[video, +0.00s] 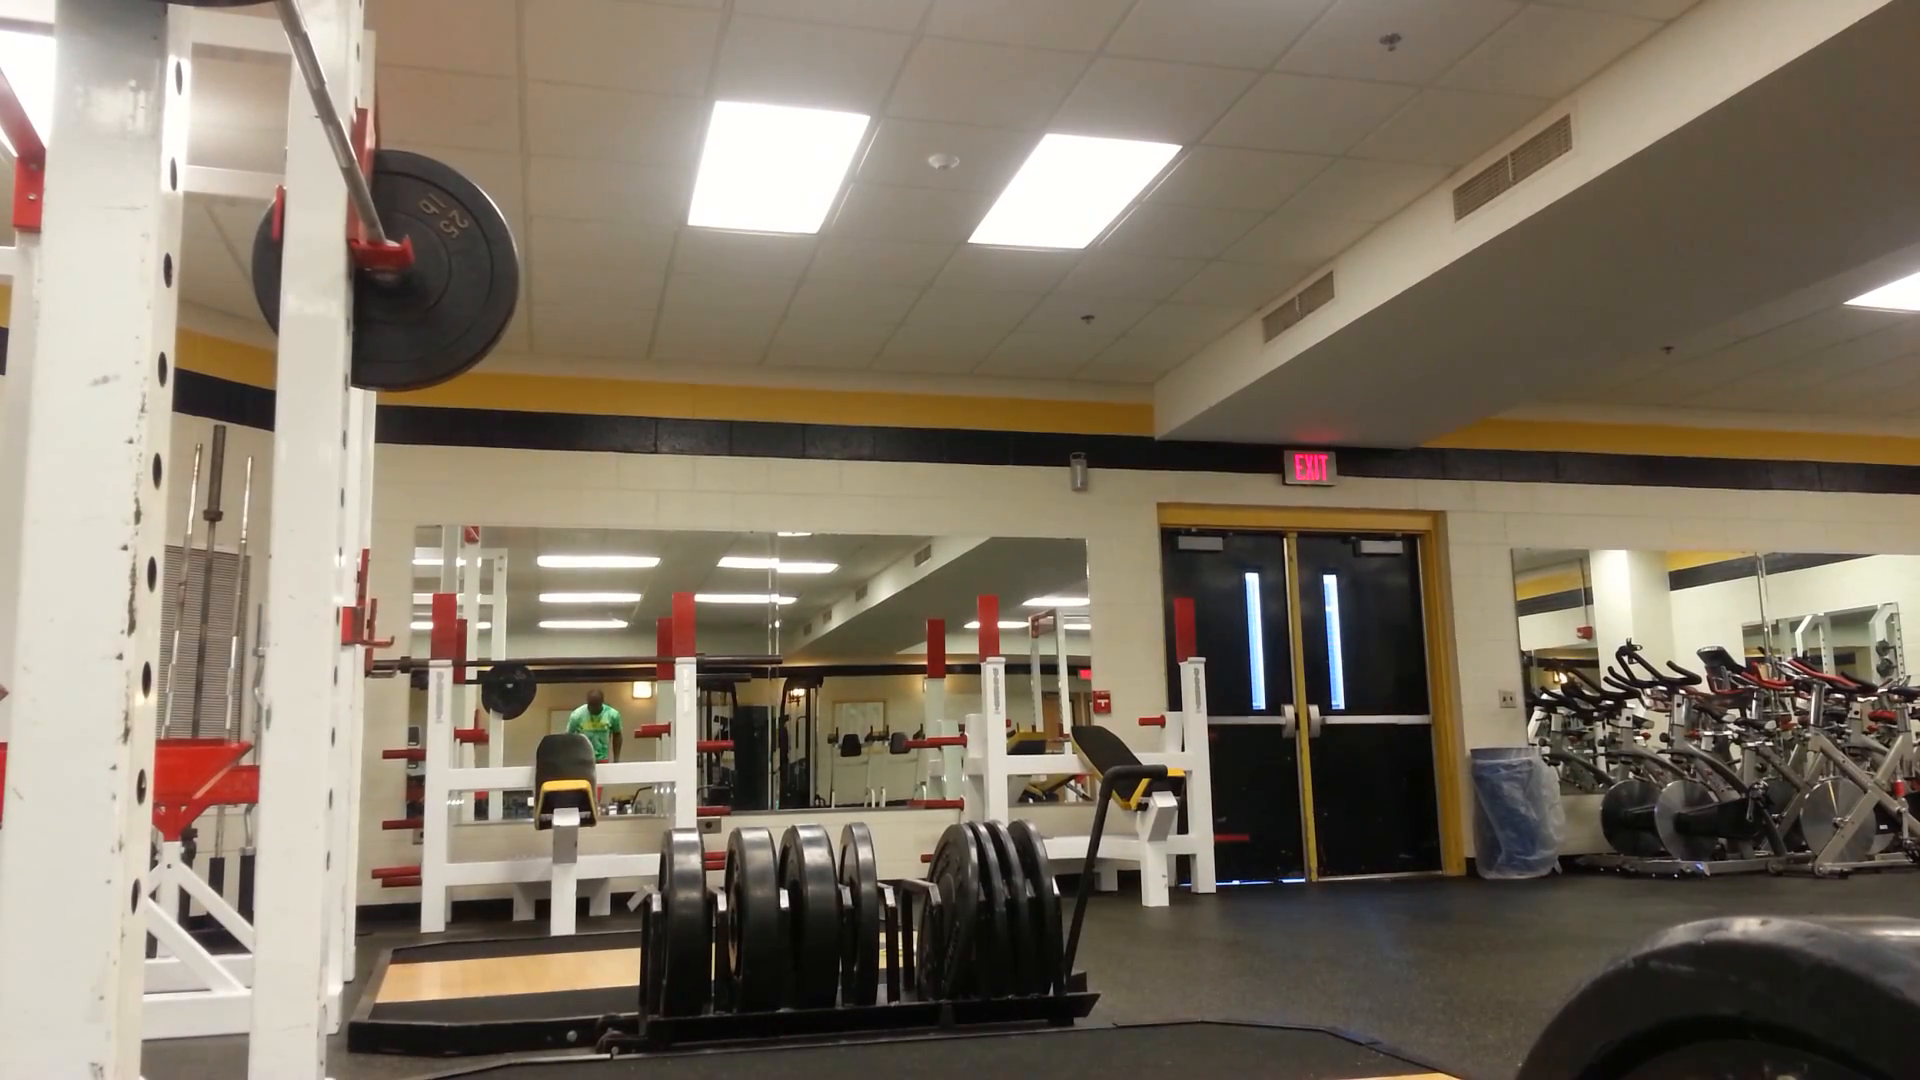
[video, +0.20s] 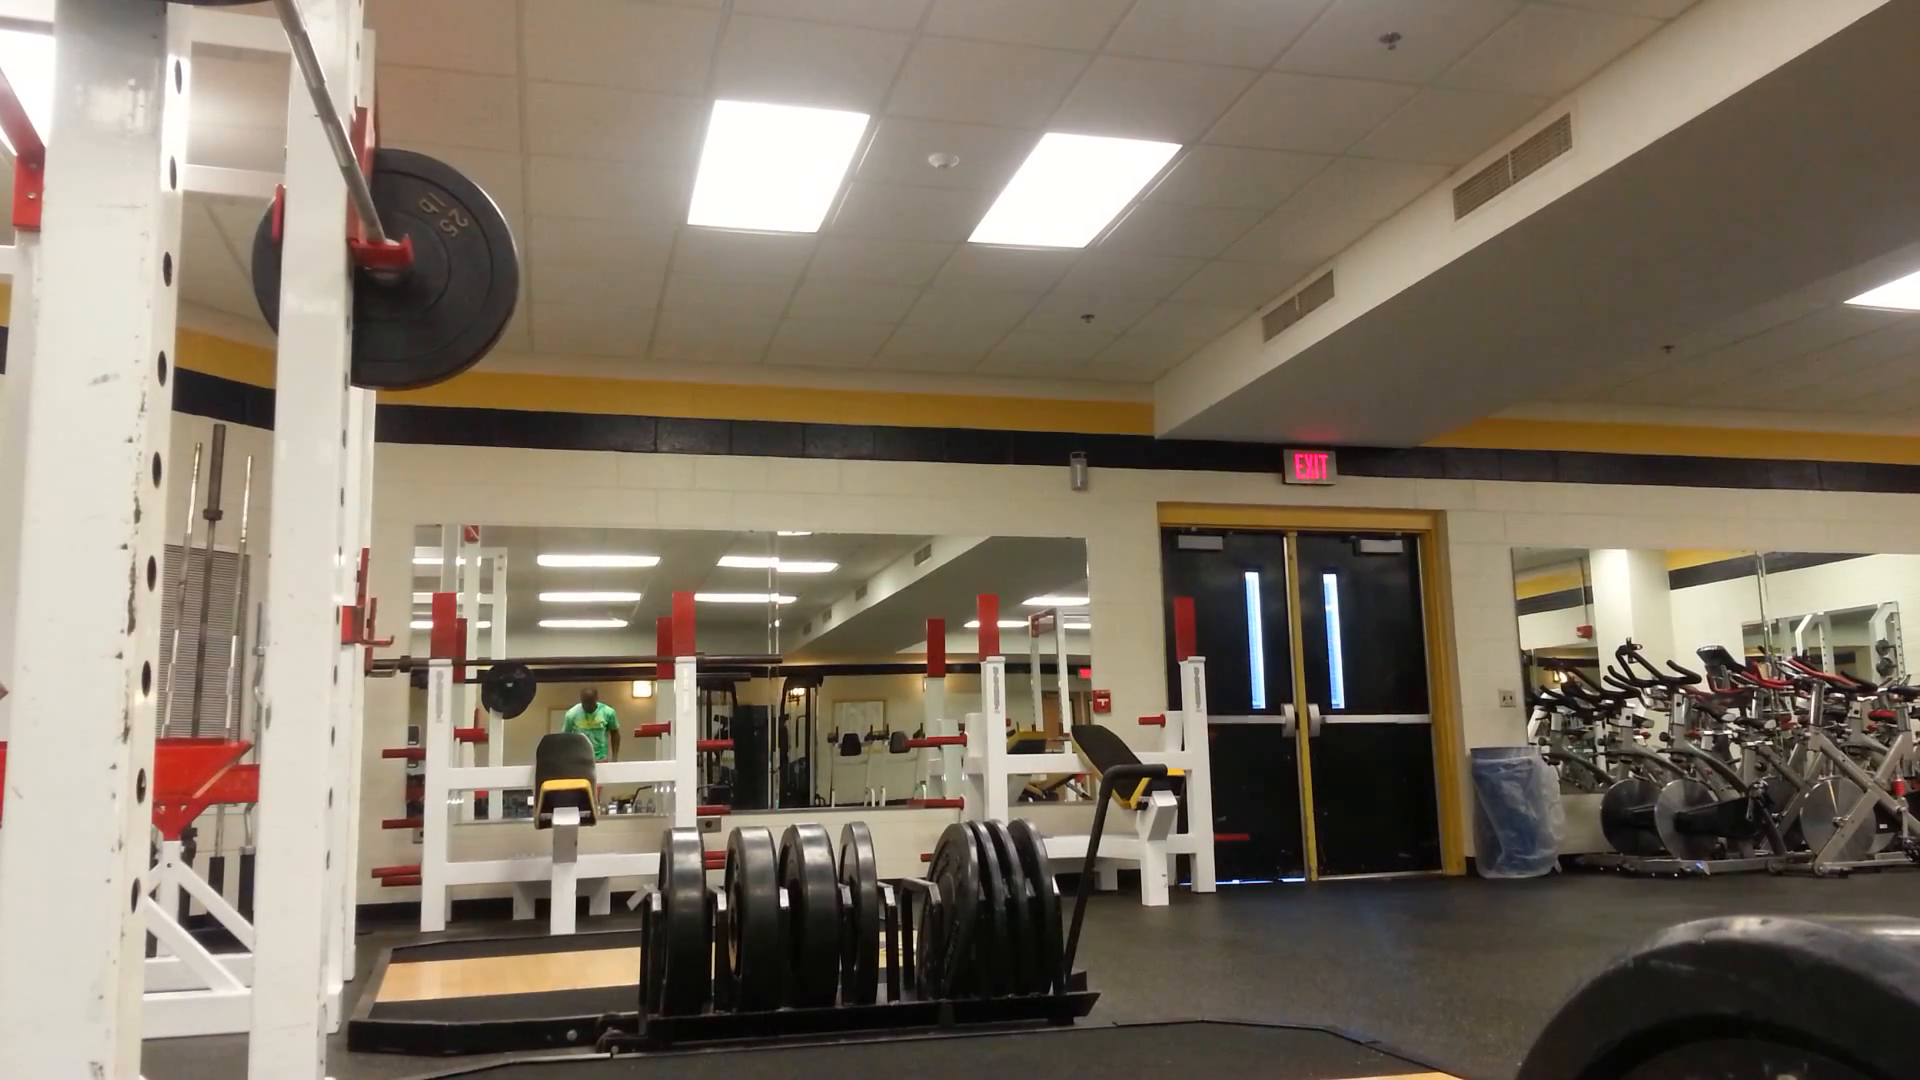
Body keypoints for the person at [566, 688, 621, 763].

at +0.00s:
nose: (593, 709)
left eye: (596, 706)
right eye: (591, 706)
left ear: (602, 703)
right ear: (587, 703)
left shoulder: (613, 715)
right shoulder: (576, 716)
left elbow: (617, 736)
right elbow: (569, 739)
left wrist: (616, 761)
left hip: (602, 760)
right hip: (581, 760)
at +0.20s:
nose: (588, 706)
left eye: (590, 703)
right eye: (585, 703)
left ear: (596, 700)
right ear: (581, 701)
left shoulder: (608, 713)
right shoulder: (571, 715)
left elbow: (615, 734)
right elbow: (566, 739)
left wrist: (614, 759)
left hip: (601, 760)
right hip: (579, 760)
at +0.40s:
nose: (585, 701)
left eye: (587, 698)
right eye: (582, 698)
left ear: (593, 696)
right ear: (578, 697)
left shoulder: (606, 709)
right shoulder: (570, 712)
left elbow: (613, 730)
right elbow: (564, 737)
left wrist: (610, 756)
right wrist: (565, 757)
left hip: (600, 759)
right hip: (578, 759)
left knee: (599, 795)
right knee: (579, 794)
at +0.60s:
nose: (586, 699)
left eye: (589, 695)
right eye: (583, 695)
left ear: (595, 693)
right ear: (579, 695)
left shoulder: (608, 708)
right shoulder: (572, 710)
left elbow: (616, 730)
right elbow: (567, 736)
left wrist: (612, 755)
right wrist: (568, 756)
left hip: (602, 759)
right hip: (580, 759)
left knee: (602, 797)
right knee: (582, 796)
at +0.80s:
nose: (583, 697)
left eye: (587, 694)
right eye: (581, 694)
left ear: (594, 691)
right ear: (577, 693)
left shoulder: (607, 708)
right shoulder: (572, 709)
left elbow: (618, 732)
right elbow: (571, 735)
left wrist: (616, 756)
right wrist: (572, 756)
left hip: (604, 760)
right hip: (581, 759)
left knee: (603, 799)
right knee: (583, 797)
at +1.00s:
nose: (577, 695)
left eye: (580, 691)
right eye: (575, 691)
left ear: (588, 689)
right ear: (572, 691)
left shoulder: (601, 706)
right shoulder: (568, 707)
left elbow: (615, 730)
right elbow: (569, 732)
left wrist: (612, 756)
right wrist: (569, 754)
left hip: (600, 757)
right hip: (578, 757)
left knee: (601, 797)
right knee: (580, 794)